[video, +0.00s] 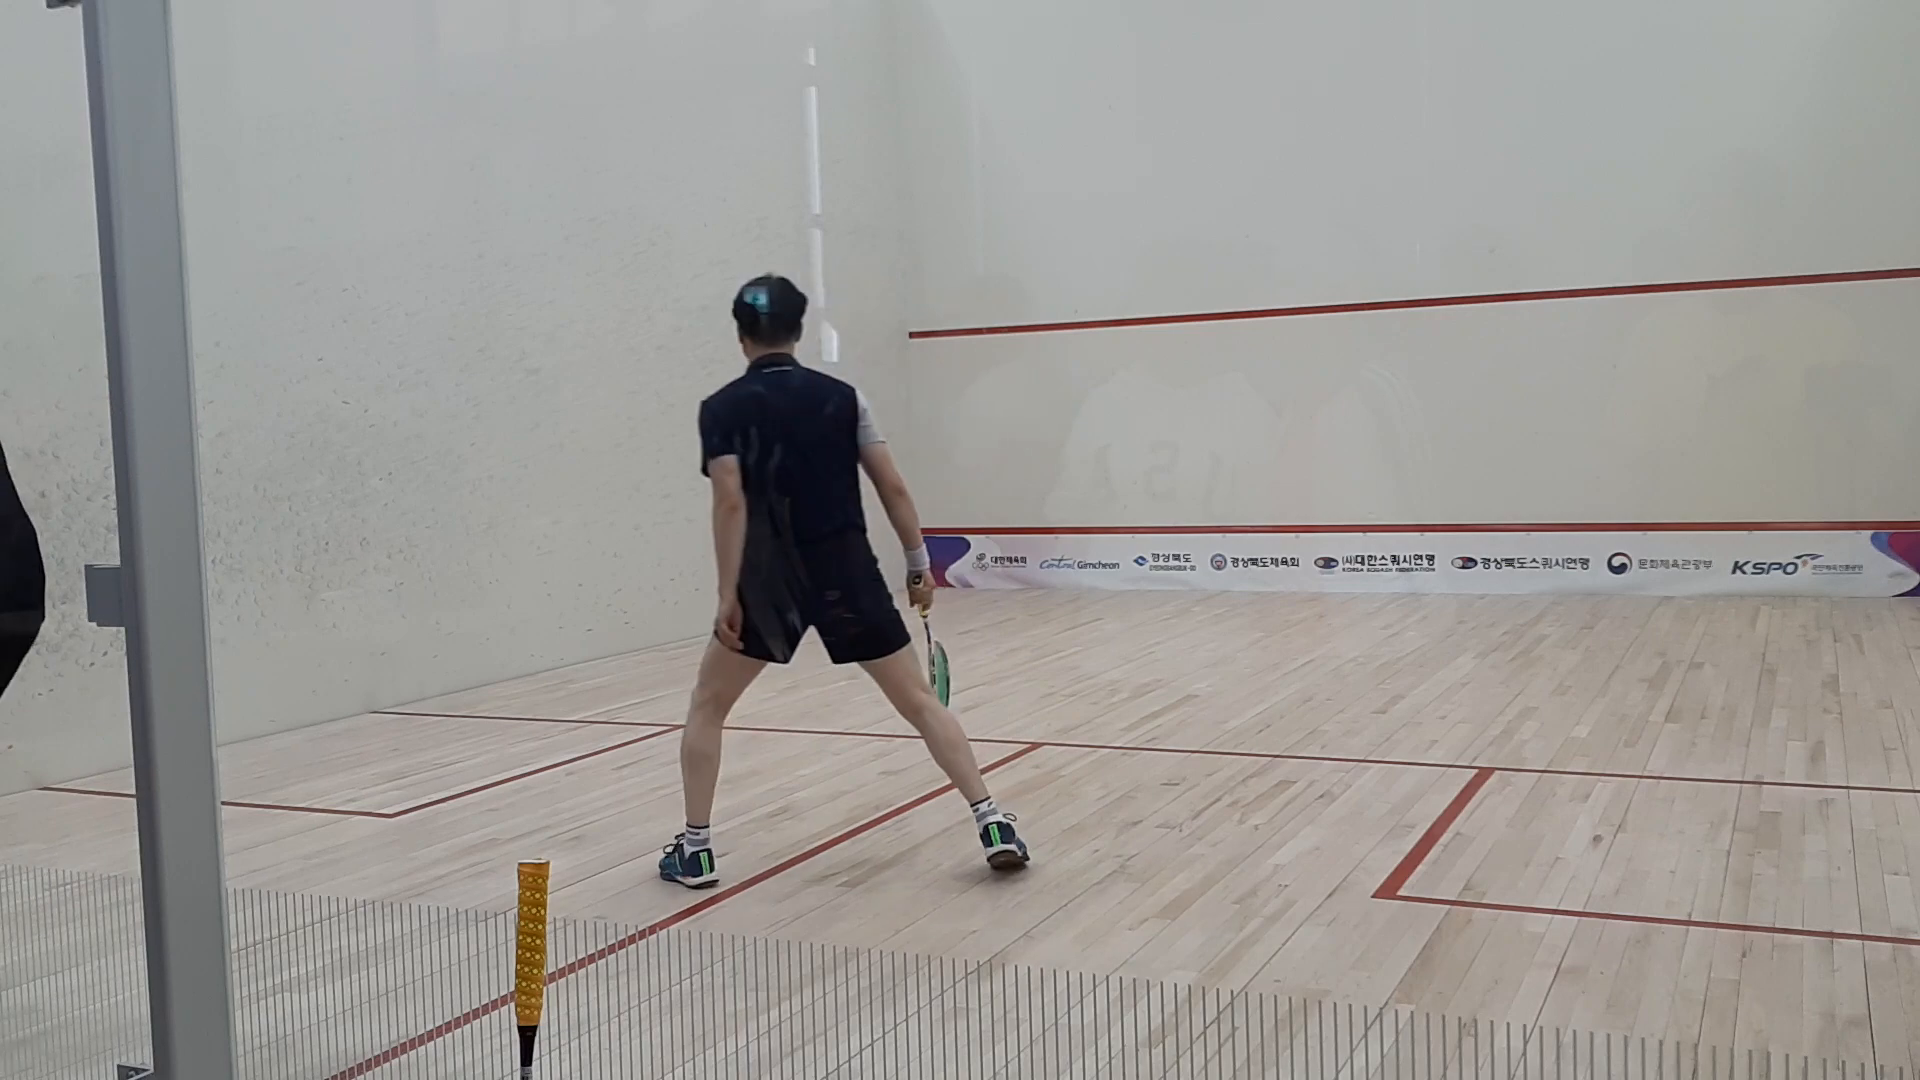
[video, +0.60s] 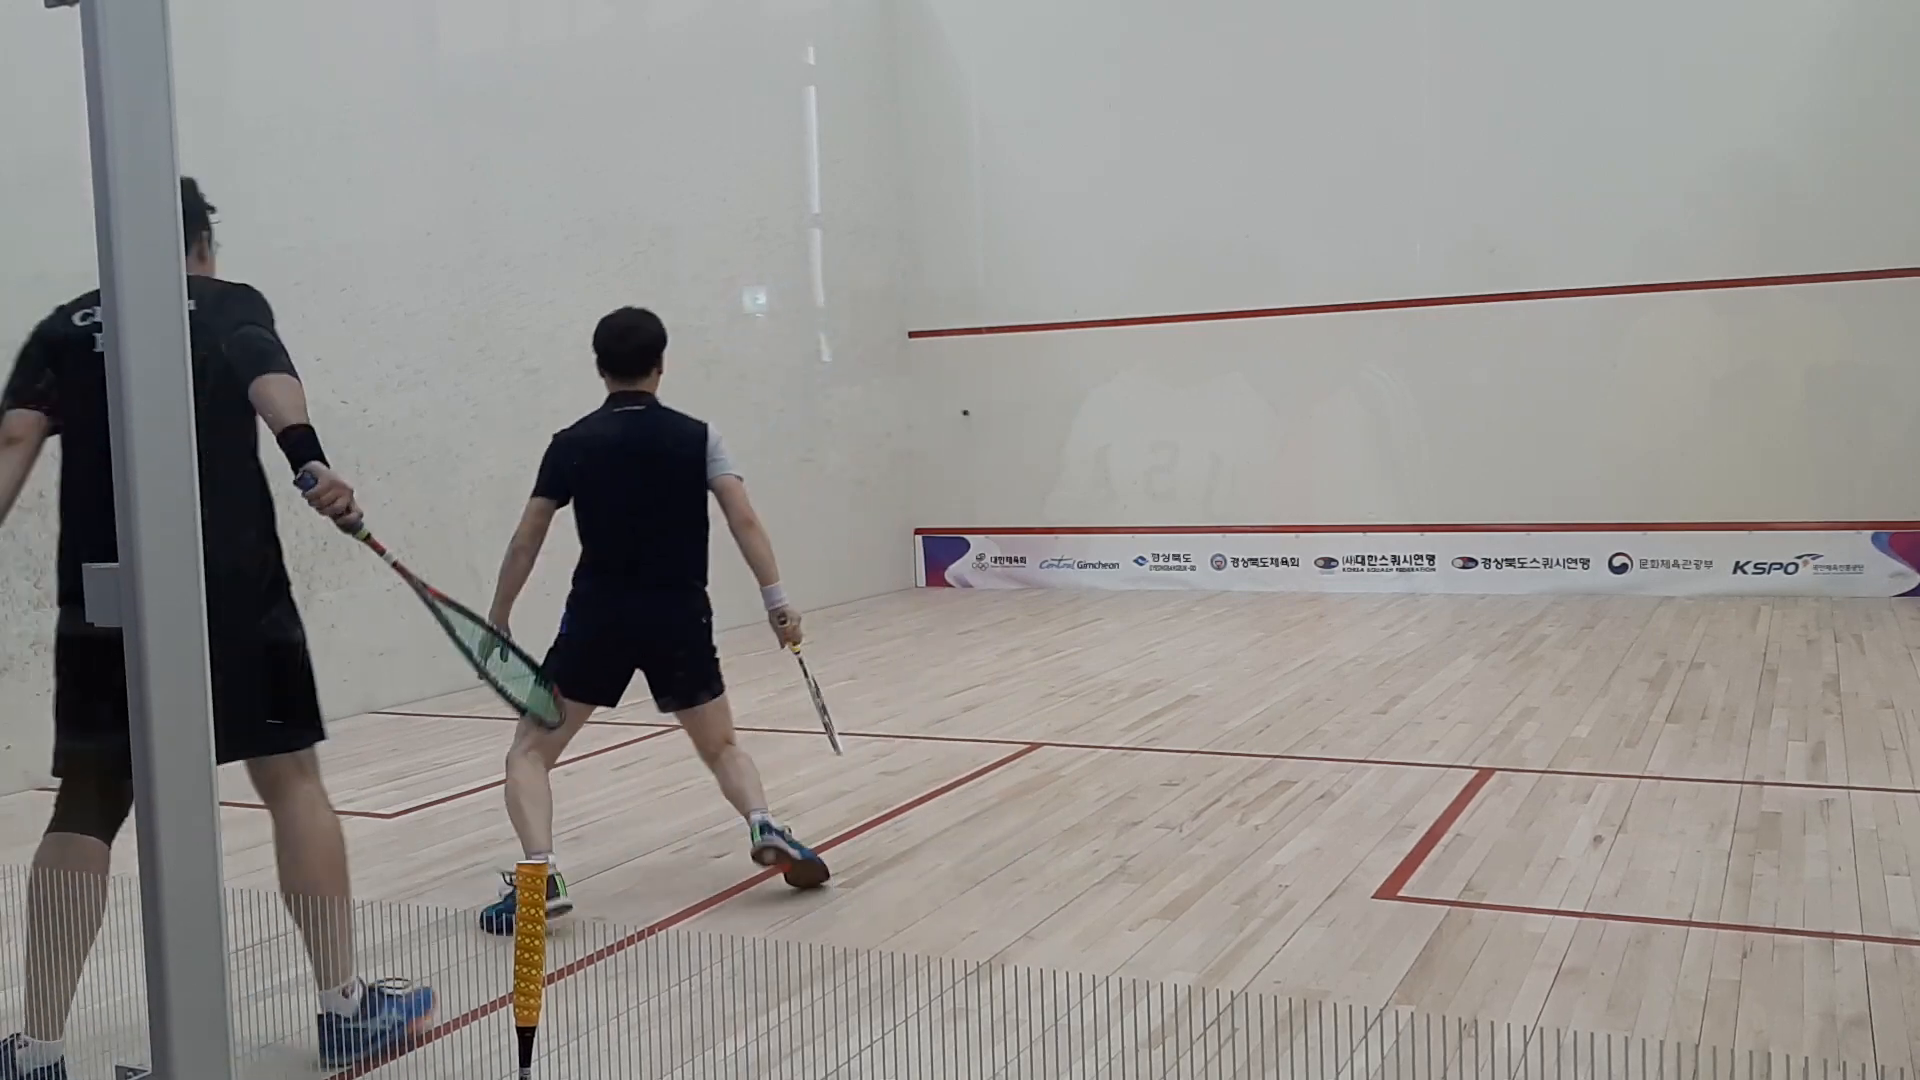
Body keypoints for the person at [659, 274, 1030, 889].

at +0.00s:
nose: (747, 335)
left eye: (741, 327)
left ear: (740, 332)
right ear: (799, 330)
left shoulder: (722, 409)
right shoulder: (842, 395)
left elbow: (730, 502)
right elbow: (891, 488)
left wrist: (728, 593)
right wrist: (919, 562)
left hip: (767, 587)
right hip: (850, 581)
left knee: (707, 709)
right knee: (921, 702)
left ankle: (694, 845)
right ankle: (990, 818)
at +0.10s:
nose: (702, 329)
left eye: (701, 321)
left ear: (702, 327)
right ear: (762, 325)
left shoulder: (676, 404)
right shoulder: (800, 391)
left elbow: (684, 495)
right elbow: (854, 474)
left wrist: (684, 585)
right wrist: (888, 552)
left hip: (731, 581)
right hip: (812, 571)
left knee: (690, 715)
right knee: (886, 695)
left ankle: (692, 847)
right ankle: (951, 820)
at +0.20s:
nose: (694, 305)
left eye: (685, 294)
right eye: (735, 295)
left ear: (680, 300)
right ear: (741, 299)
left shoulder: (654, 374)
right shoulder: (776, 360)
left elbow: (658, 464)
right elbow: (830, 447)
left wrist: (659, 556)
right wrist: (859, 525)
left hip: (703, 553)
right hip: (784, 543)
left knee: (691, 699)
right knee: (835, 682)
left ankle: (688, 840)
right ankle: (870, 815)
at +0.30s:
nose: (719, 287)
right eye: (725, 276)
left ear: (666, 285)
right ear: (729, 283)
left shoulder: (641, 356)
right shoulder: (766, 346)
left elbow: (641, 450)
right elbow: (811, 433)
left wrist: (637, 542)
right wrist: (841, 514)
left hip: (678, 538)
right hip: (761, 533)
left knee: (656, 689)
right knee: (793, 677)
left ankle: (648, 825)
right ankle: (817, 817)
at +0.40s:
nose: (707, 307)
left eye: (664, 299)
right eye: (713, 298)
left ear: (654, 304)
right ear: (716, 303)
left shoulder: (629, 378)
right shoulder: (753, 371)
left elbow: (621, 473)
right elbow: (799, 461)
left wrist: (605, 565)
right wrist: (825, 543)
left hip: (656, 563)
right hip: (742, 561)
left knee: (602, 694)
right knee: (775, 701)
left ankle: (568, 835)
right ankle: (793, 847)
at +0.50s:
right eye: (696, 336)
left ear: (634, 346)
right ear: (696, 344)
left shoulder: (613, 421)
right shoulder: (736, 413)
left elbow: (586, 516)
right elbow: (781, 504)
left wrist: (555, 609)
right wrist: (809, 586)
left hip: (630, 602)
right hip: (717, 604)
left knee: (553, 711)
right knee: (770, 732)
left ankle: (520, 834)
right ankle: (787, 865)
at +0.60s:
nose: (663, 364)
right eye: (663, 356)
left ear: (600, 367)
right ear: (660, 365)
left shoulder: (573, 443)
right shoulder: (697, 436)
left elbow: (528, 538)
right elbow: (744, 521)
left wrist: (497, 619)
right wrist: (776, 600)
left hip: (596, 629)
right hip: (679, 626)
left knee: (529, 755)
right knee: (723, 746)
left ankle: (540, 874)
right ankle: (764, 826)